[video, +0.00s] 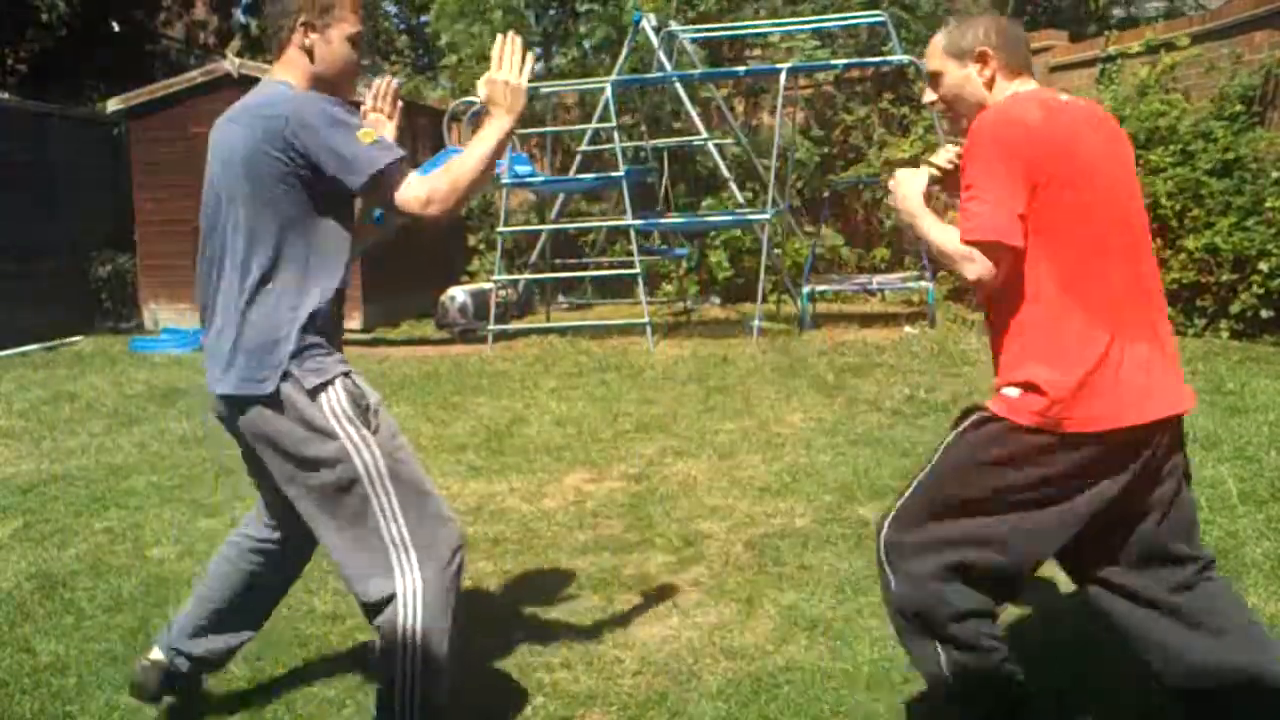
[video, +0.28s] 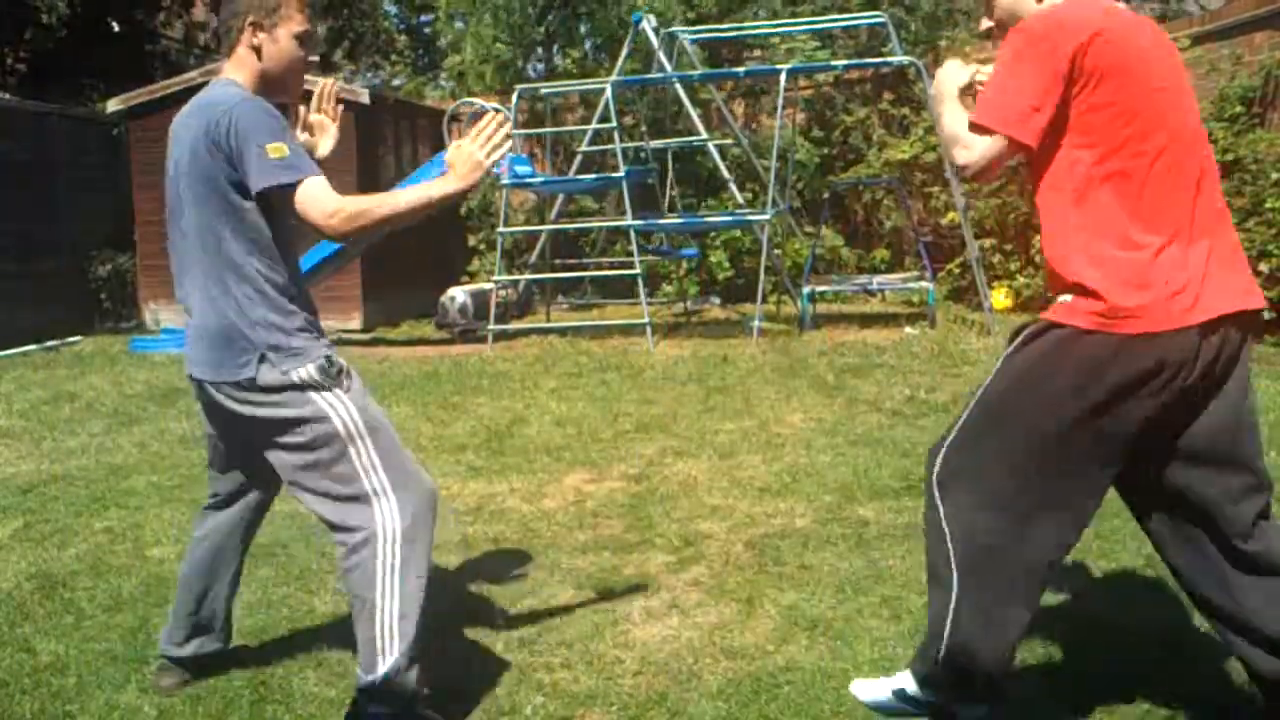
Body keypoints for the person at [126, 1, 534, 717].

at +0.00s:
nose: (362, 60)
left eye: (363, 43)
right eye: (355, 41)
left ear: (303, 37)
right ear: (307, 36)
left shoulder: (239, 120)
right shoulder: (300, 112)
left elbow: (326, 240)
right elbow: (427, 198)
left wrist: (364, 153)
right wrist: (501, 118)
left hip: (245, 374)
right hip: (298, 373)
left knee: (284, 522)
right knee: (424, 552)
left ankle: (175, 661)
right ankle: (414, 712)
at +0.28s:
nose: (312, 57)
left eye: (313, 41)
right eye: (304, 40)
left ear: (253, 38)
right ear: (256, 37)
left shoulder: (200, 116)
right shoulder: (243, 113)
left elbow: (253, 221)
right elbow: (333, 214)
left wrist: (310, 157)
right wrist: (448, 182)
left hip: (221, 358)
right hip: (276, 360)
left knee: (237, 490)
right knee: (394, 501)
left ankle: (187, 649)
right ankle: (387, 692)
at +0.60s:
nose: (328, 51)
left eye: (328, 37)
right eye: (319, 35)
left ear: (271, 38)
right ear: (269, 35)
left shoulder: (215, 114)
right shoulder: (269, 111)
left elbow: (275, 228)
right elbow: (358, 208)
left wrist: (325, 159)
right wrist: (440, 141)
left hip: (240, 348)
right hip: (298, 345)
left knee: (252, 500)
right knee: (407, 502)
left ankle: (188, 655)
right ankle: (396, 686)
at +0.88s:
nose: (356, 55)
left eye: (357, 41)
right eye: (346, 39)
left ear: (299, 38)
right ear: (298, 36)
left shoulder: (254, 114)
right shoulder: (284, 113)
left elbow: (295, 225)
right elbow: (347, 223)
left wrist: (341, 161)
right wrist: (441, 165)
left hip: (264, 345)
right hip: (314, 343)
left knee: (273, 502)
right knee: (420, 500)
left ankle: (189, 655)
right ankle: (398, 684)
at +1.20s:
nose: (370, 49)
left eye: (370, 35)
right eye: (362, 34)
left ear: (314, 34)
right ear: (318, 33)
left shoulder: (254, 114)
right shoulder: (308, 97)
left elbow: (330, 212)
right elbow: (412, 131)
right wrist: (502, 55)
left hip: (265, 338)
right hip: (328, 334)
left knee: (276, 492)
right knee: (426, 495)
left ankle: (196, 638)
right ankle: (400, 680)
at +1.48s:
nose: (349, 74)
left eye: (350, 63)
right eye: (343, 62)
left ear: (292, 59)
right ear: (307, 56)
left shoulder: (239, 131)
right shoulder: (309, 114)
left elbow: (325, 208)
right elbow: (418, 134)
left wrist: (366, 165)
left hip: (246, 353)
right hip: (305, 353)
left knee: (257, 497)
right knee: (401, 494)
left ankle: (189, 632)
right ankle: (399, 674)